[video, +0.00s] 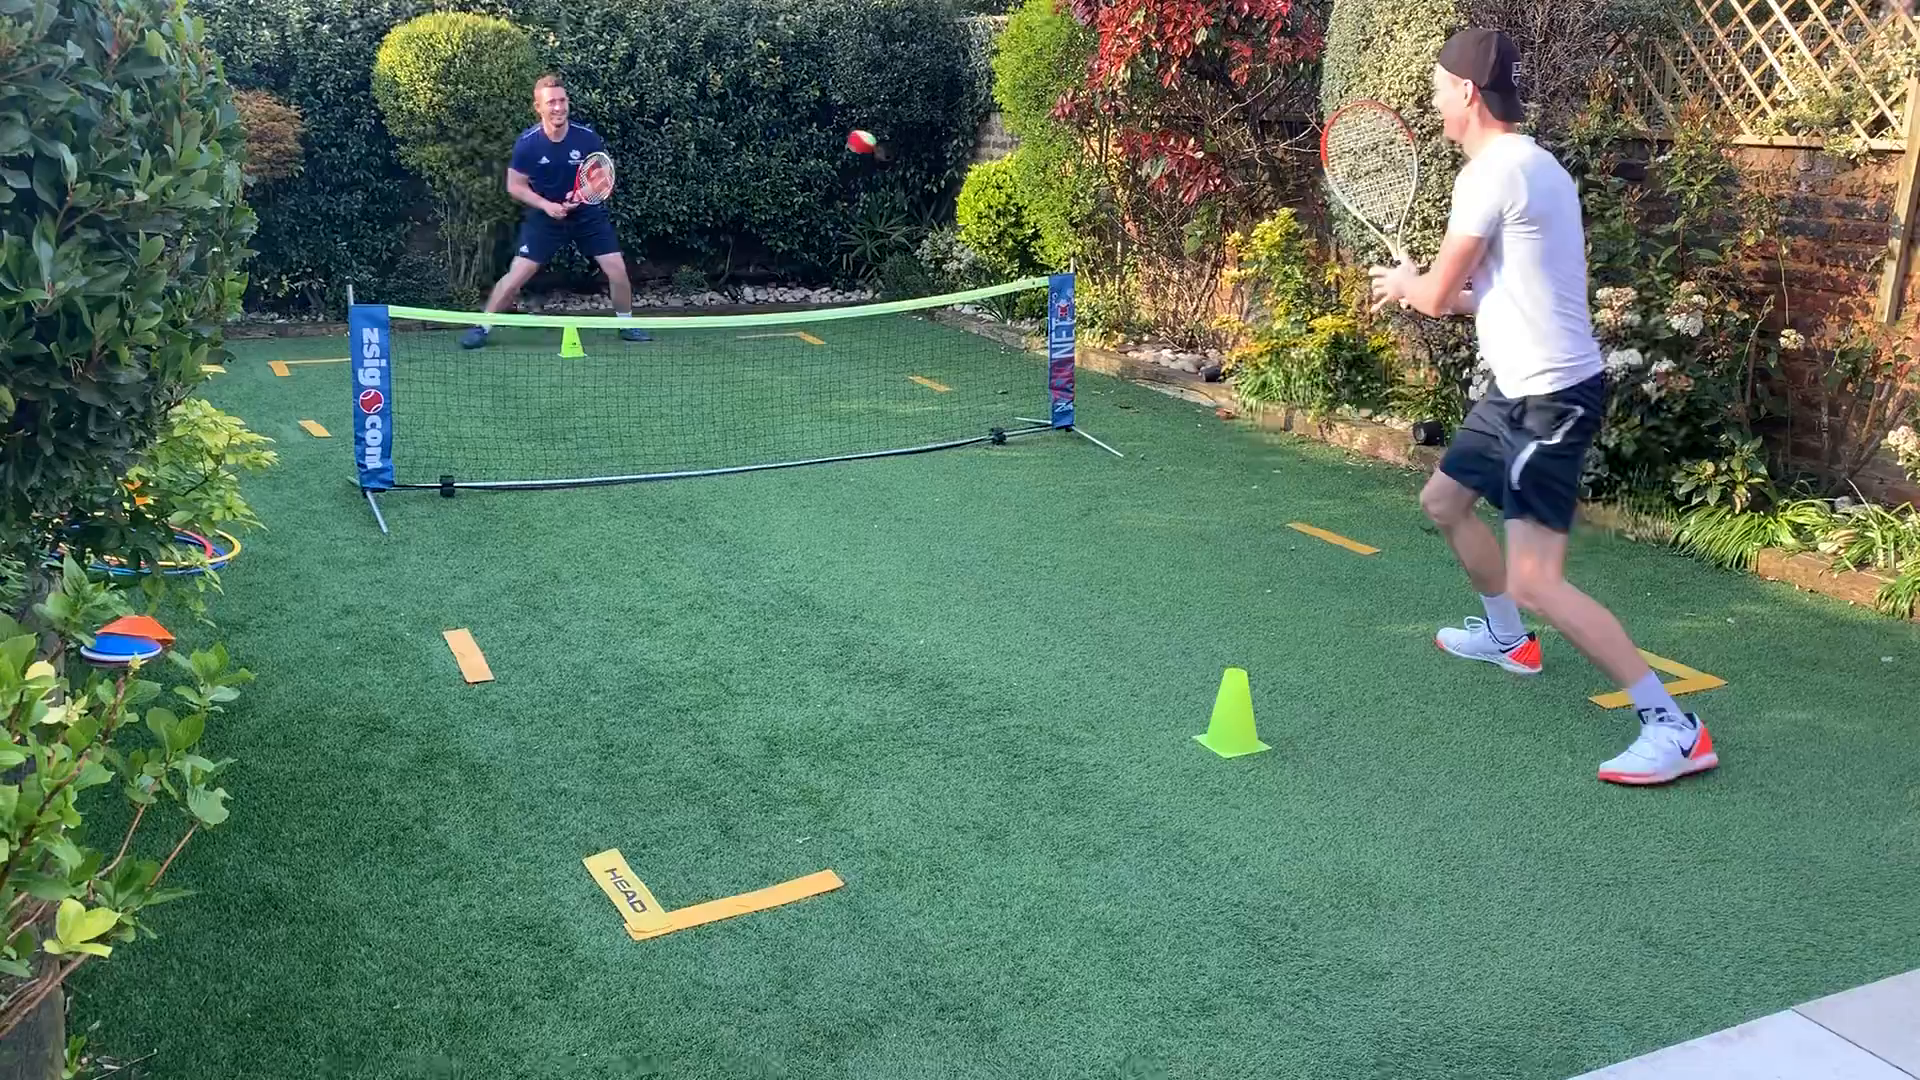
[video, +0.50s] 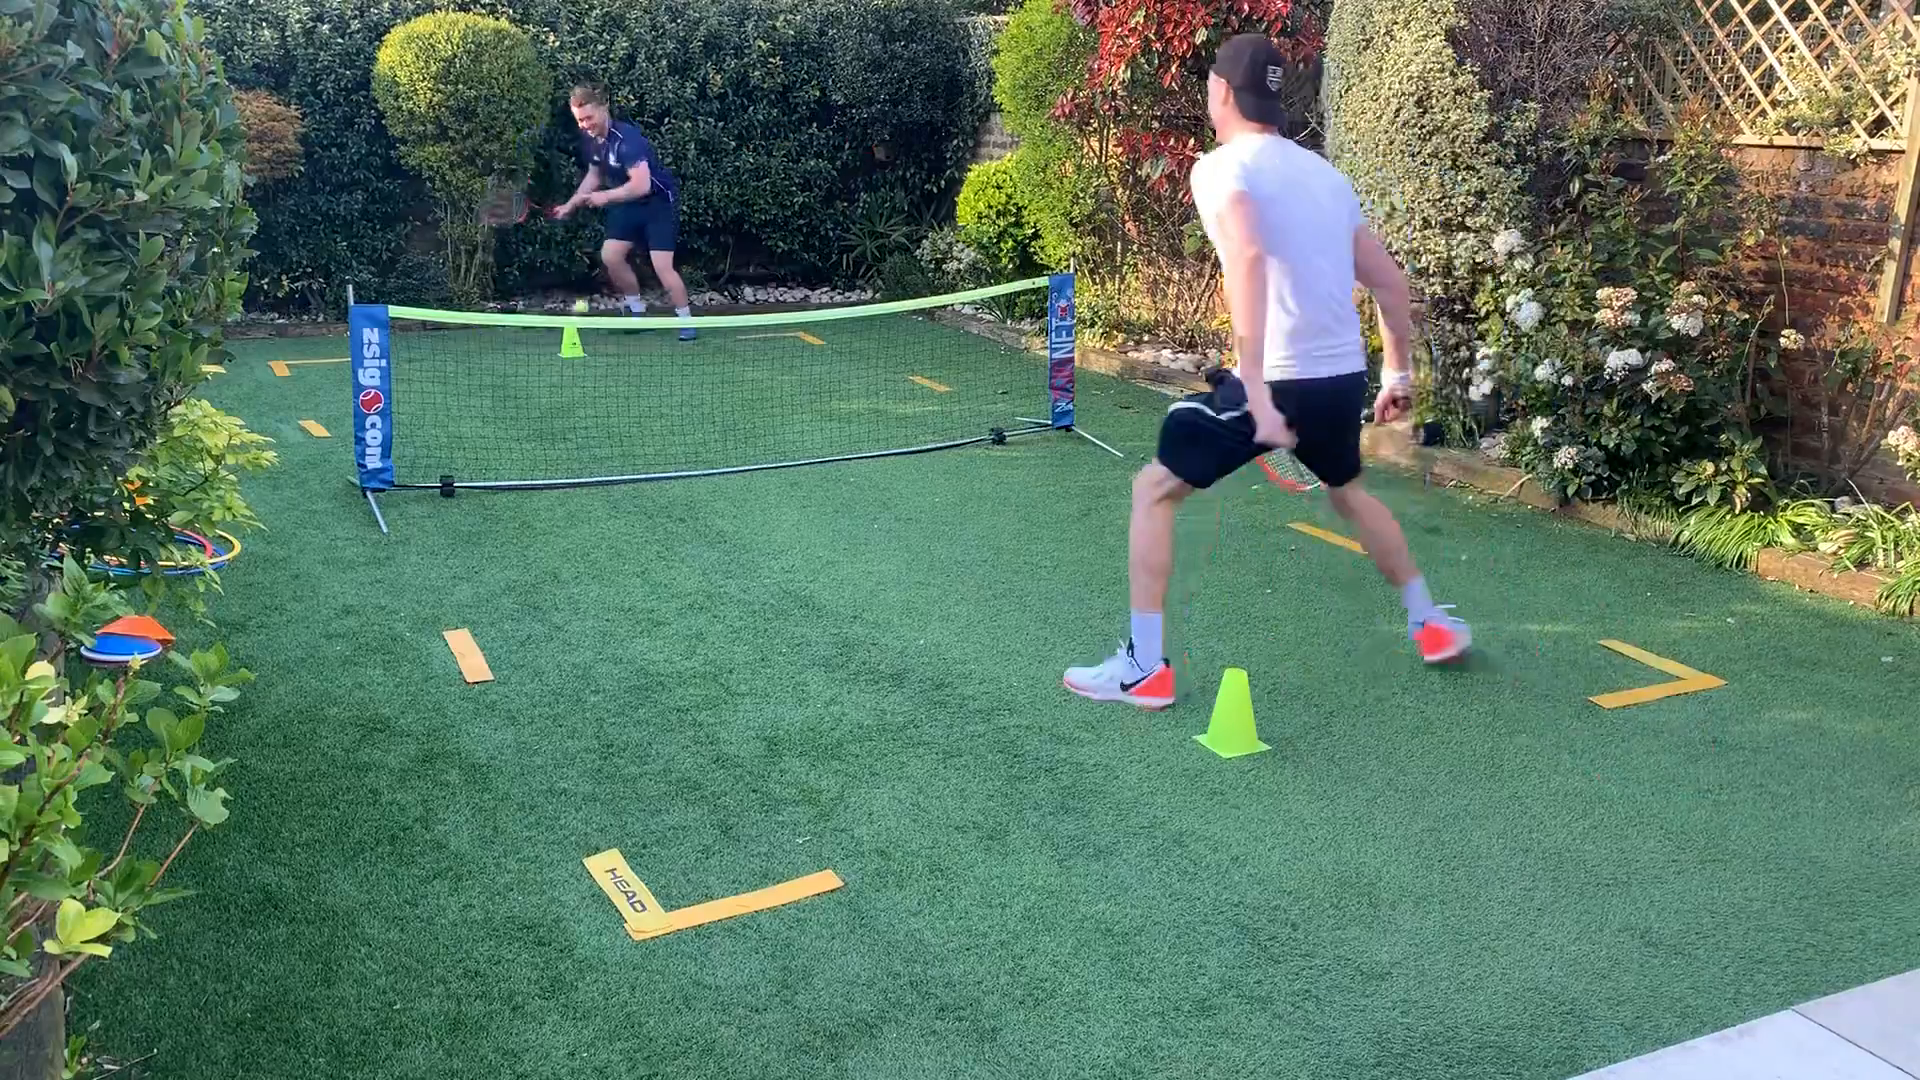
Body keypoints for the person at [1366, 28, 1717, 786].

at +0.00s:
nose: (1437, 104)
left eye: (1442, 91)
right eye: (1440, 90)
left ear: (1469, 94)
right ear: (1497, 93)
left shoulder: (1490, 171)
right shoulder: (1543, 167)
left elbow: (1440, 297)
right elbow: (1507, 292)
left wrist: (1406, 284)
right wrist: (1428, 288)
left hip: (1554, 395)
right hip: (1517, 387)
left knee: (1537, 582)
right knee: (1444, 501)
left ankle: (1673, 725)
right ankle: (1506, 633)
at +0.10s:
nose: (1408, 109)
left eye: (1413, 97)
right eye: (1410, 96)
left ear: (1436, 105)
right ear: (1469, 106)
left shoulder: (1447, 182)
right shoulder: (1514, 176)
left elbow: (1423, 322)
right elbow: (1492, 302)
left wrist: (1372, 347)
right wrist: (1413, 320)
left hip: (1505, 391)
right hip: (1526, 379)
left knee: (1447, 568)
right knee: (1429, 496)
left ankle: (1606, 666)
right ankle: (1506, 631)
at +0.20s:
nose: (1362, 124)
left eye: (1367, 111)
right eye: (1364, 110)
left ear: (1389, 118)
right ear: (1421, 118)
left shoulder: (1411, 192)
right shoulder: (1473, 183)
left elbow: (1404, 325)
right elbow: (1483, 298)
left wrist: (1334, 400)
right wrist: (1401, 327)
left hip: (1468, 395)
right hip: (1510, 388)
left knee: (1344, 521)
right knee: (1428, 505)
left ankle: (1467, 637)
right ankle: (1505, 634)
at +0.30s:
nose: (1312, 134)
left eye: (1316, 121)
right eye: (1312, 121)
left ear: (1336, 125)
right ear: (1370, 123)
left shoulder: (1367, 194)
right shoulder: (1424, 185)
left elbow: (1367, 313)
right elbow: (1415, 305)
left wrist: (1286, 393)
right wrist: (1318, 335)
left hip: (1424, 397)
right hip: (1468, 391)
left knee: (1265, 479)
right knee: (1411, 511)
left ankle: (1303, 639)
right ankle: (1502, 633)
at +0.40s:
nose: (1254, 118)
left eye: (1256, 106)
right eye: (1254, 106)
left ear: (1273, 110)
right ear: (1321, 108)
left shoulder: (1296, 180)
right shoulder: (1373, 179)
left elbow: (1316, 275)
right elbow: (1407, 291)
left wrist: (1239, 374)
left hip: (1354, 393)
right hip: (1411, 390)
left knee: (1197, 482)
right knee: (1408, 512)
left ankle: (1158, 648)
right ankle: (1498, 629)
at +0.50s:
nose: (1206, 96)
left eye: (1209, 85)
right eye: (1209, 84)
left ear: (1222, 92)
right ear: (1276, 93)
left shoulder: (1222, 165)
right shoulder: (1326, 173)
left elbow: (1246, 256)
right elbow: (1388, 279)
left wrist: (1253, 385)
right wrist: (1398, 370)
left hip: (1271, 385)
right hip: (1344, 382)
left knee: (1152, 490)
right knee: (1349, 491)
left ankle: (1143, 662)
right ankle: (1428, 618)